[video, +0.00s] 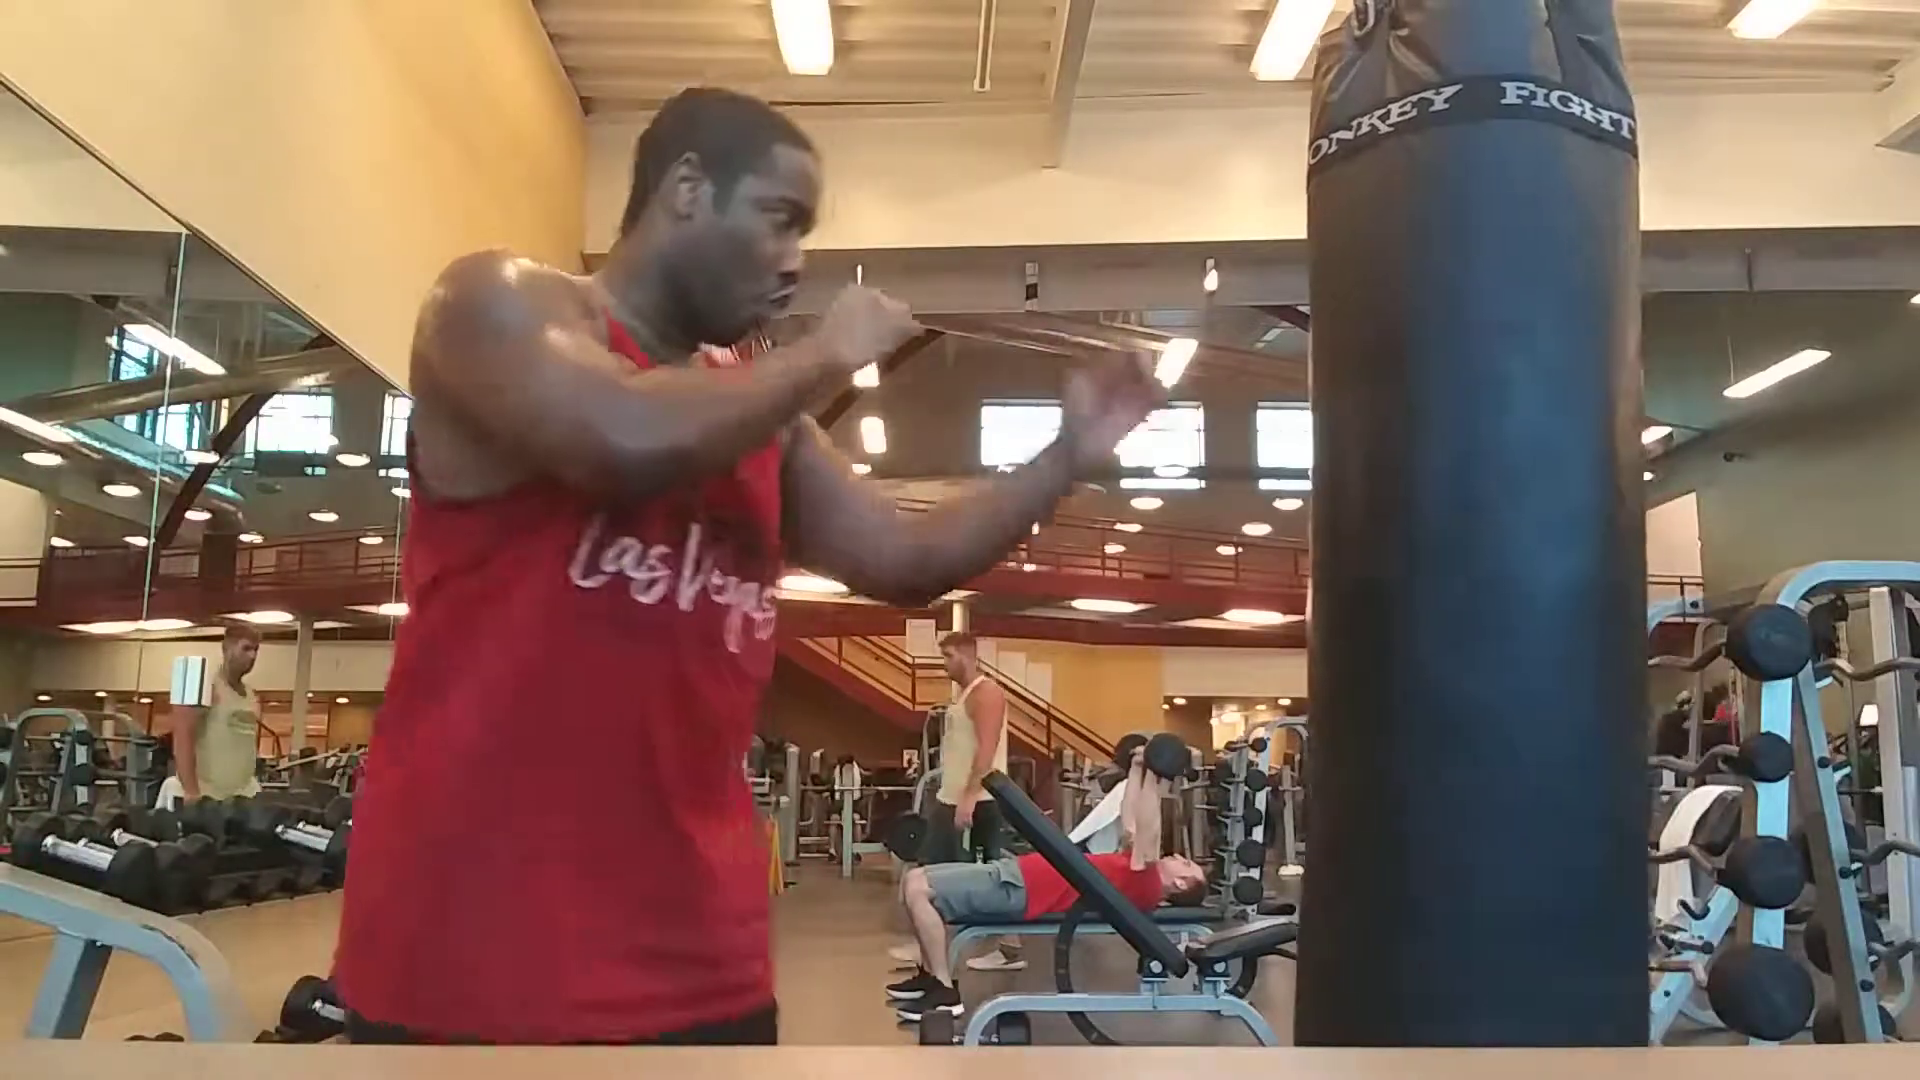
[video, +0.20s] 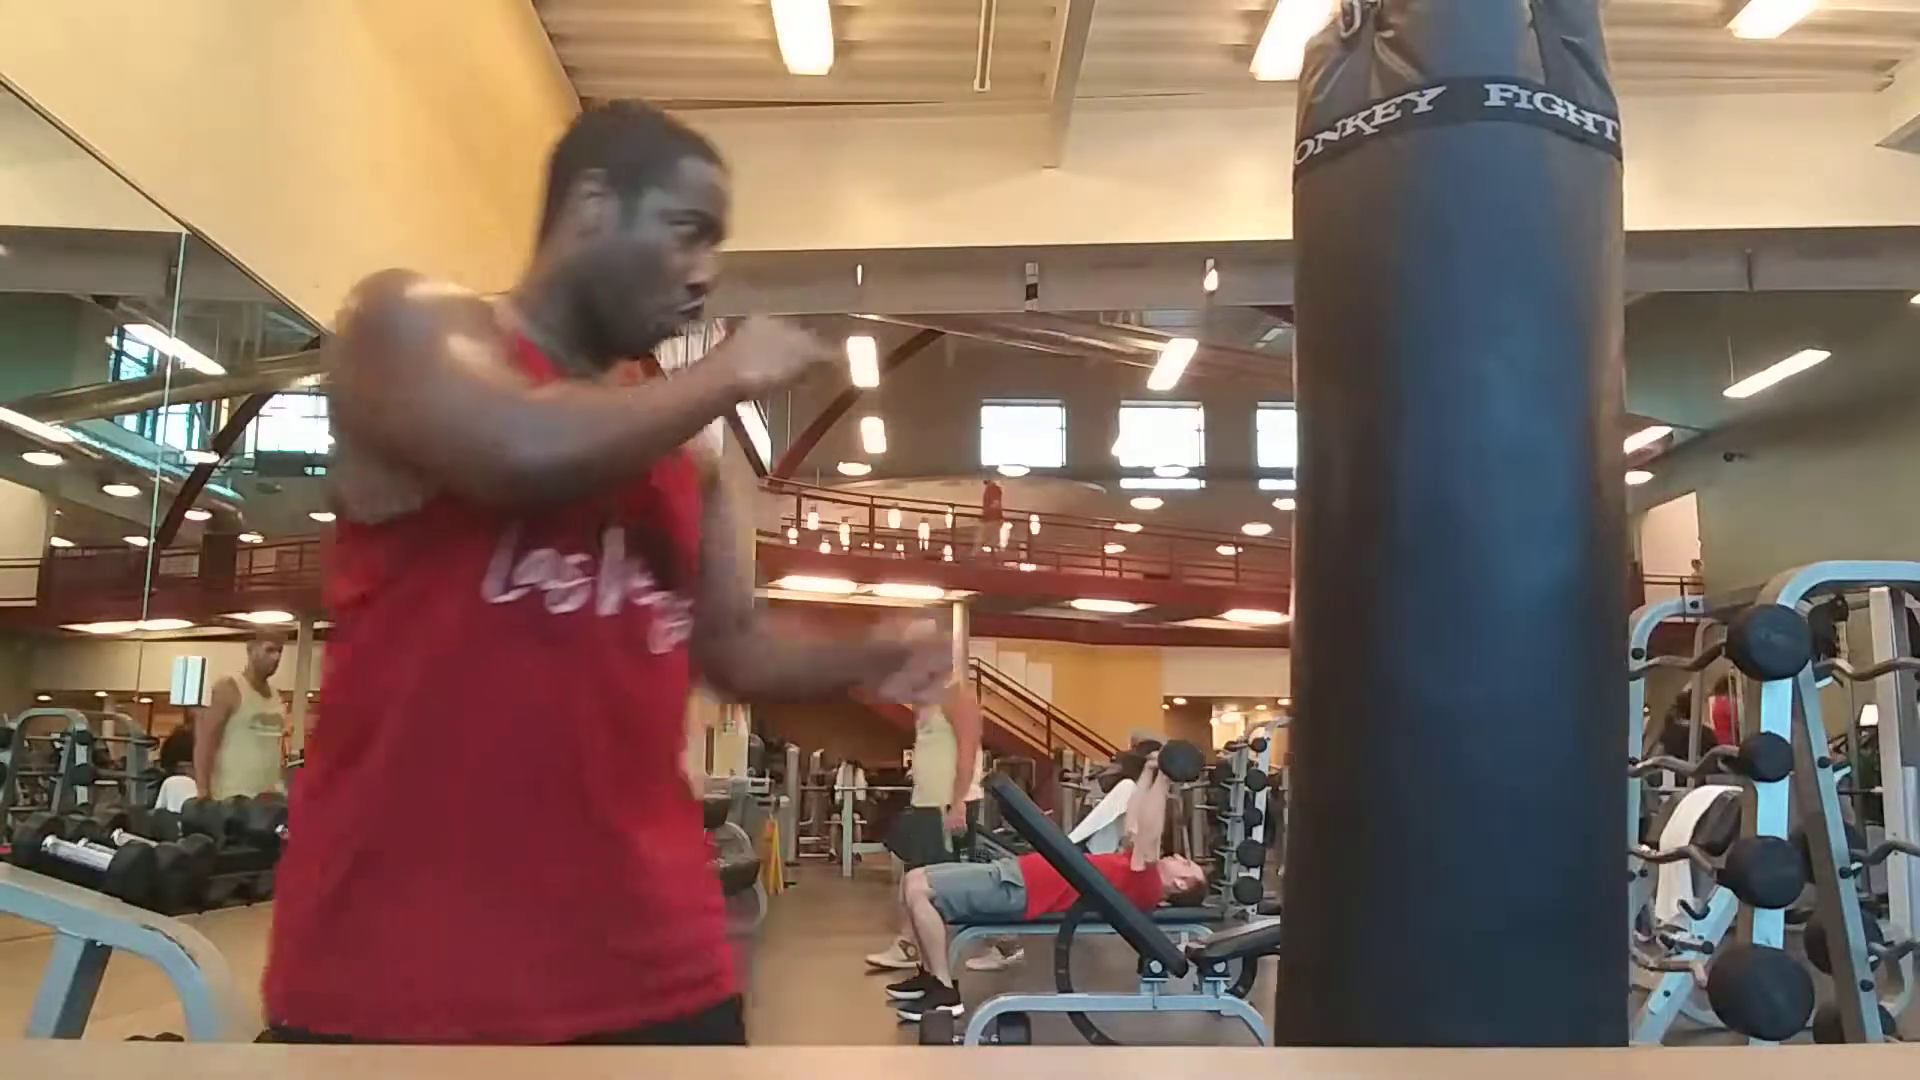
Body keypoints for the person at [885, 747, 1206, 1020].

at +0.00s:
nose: (1182, 861)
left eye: (1187, 869)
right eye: (1188, 862)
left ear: (1178, 885)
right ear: (1174, 868)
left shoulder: (1145, 886)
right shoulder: (1136, 867)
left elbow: (1151, 824)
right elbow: (1132, 822)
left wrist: (1153, 770)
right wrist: (1137, 764)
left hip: (1022, 887)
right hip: (1015, 871)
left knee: (920, 889)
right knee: (913, 879)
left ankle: (944, 989)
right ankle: (931, 977)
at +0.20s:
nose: (1183, 862)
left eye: (1189, 872)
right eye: (1188, 862)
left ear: (1179, 886)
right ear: (1173, 861)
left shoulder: (1145, 886)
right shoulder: (1136, 866)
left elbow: (1151, 828)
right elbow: (1134, 820)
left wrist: (1164, 776)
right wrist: (1151, 770)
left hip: (1022, 887)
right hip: (1015, 871)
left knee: (920, 890)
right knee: (914, 879)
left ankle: (944, 989)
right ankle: (932, 979)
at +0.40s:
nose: (1184, 860)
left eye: (1189, 871)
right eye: (1189, 860)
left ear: (1179, 886)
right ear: (1174, 861)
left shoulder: (1146, 886)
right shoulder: (1135, 867)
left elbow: (1154, 828)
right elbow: (1135, 824)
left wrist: (1173, 784)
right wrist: (1166, 781)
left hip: (1021, 887)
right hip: (1014, 870)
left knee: (922, 890)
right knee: (915, 879)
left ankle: (945, 990)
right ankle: (932, 979)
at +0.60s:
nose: (1181, 860)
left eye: (1187, 866)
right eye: (1187, 861)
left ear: (1179, 885)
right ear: (1175, 871)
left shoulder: (1148, 886)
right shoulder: (1139, 870)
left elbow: (1151, 833)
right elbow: (1138, 824)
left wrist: (1193, 803)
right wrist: (1178, 803)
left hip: (1022, 887)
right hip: (1015, 870)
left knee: (922, 890)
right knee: (913, 879)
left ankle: (944, 987)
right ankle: (930, 974)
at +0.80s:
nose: (1185, 864)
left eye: (1190, 870)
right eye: (1191, 864)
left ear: (1181, 886)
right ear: (1180, 868)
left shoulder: (1149, 888)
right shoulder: (1143, 870)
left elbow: (1155, 838)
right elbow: (1140, 834)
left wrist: (1205, 825)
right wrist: (1198, 826)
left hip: (1023, 886)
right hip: (1017, 870)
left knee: (922, 889)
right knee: (915, 880)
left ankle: (945, 989)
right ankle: (933, 979)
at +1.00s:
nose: (1188, 867)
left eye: (1193, 873)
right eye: (1193, 865)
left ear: (1184, 886)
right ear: (1184, 862)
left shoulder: (1150, 890)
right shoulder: (1145, 874)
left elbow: (1153, 838)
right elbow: (1142, 836)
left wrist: (1211, 846)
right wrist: (1195, 845)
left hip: (1023, 885)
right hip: (1018, 871)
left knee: (921, 887)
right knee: (917, 879)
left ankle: (946, 990)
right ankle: (931, 980)